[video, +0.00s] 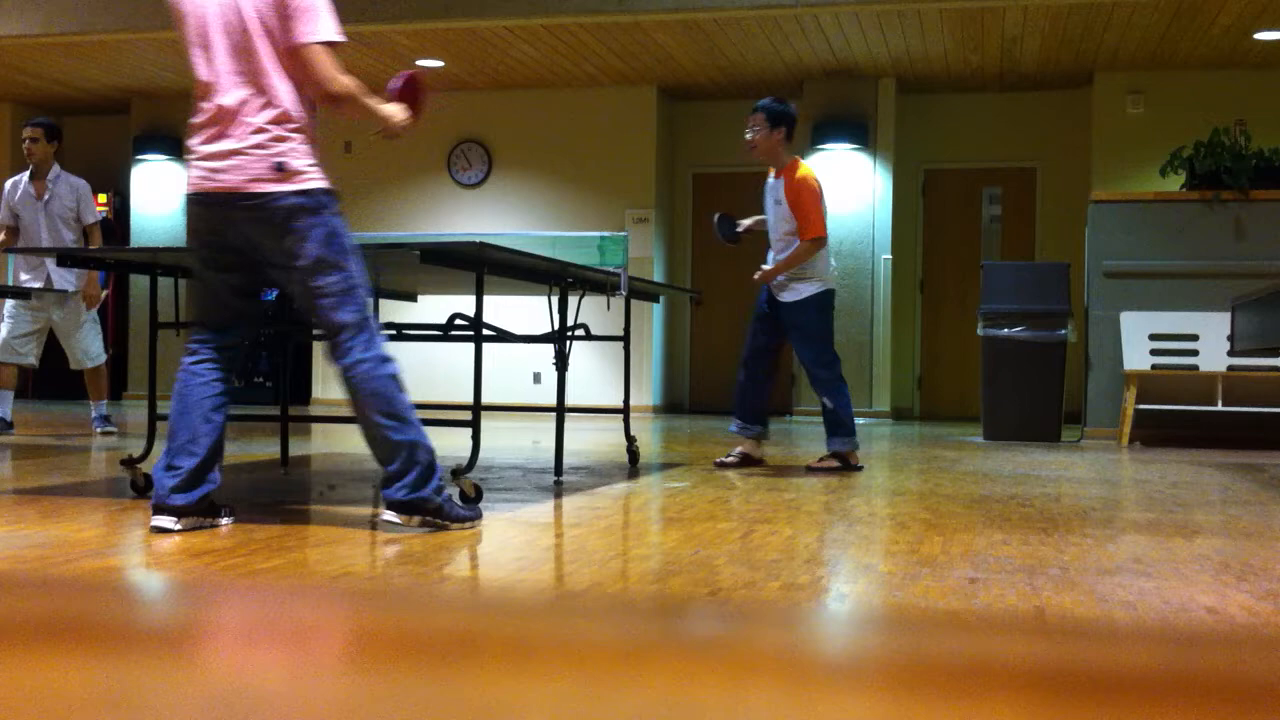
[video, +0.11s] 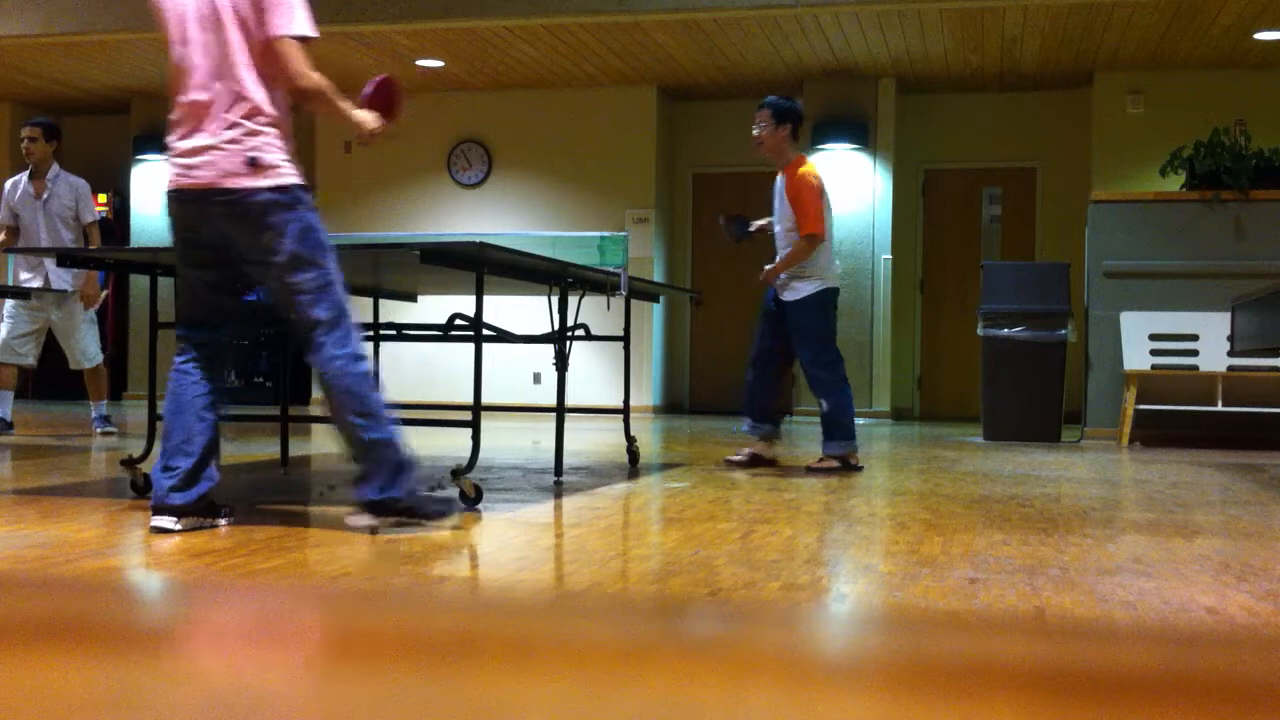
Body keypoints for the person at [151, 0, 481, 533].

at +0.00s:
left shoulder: (190, 4)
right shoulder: (293, 2)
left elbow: (215, 75)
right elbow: (330, 83)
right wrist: (384, 111)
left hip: (209, 187)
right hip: (284, 183)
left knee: (212, 342)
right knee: (355, 339)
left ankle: (178, 498)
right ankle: (417, 489)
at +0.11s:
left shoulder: (174, 5)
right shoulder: (269, 2)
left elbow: (185, 77)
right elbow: (300, 78)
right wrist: (352, 116)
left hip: (189, 183)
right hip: (259, 178)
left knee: (199, 343)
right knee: (329, 331)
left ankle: (176, 498)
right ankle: (393, 484)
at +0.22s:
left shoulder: (144, 3)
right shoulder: (237, 1)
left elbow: (153, 81)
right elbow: (265, 72)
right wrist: (318, 125)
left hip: (161, 175)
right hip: (228, 168)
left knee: (186, 331)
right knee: (293, 319)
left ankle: (178, 495)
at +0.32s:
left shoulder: (107, 5)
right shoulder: (204, 0)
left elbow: (117, 60)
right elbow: (228, 67)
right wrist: (269, 123)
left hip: (124, 166)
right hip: (189, 163)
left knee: (166, 322)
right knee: (229, 318)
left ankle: (179, 489)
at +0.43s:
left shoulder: (71, 6)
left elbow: (79, 59)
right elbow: (208, 72)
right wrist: (249, 124)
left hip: (87, 165)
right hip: (155, 161)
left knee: (132, 329)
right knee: (162, 323)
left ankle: (175, 497)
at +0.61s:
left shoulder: (26, 8)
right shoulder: (143, 4)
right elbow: (167, 93)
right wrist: (226, 78)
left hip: (17, 158)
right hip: (80, 160)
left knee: (91, 334)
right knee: (64, 332)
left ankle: (135, 487)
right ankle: (6, 497)